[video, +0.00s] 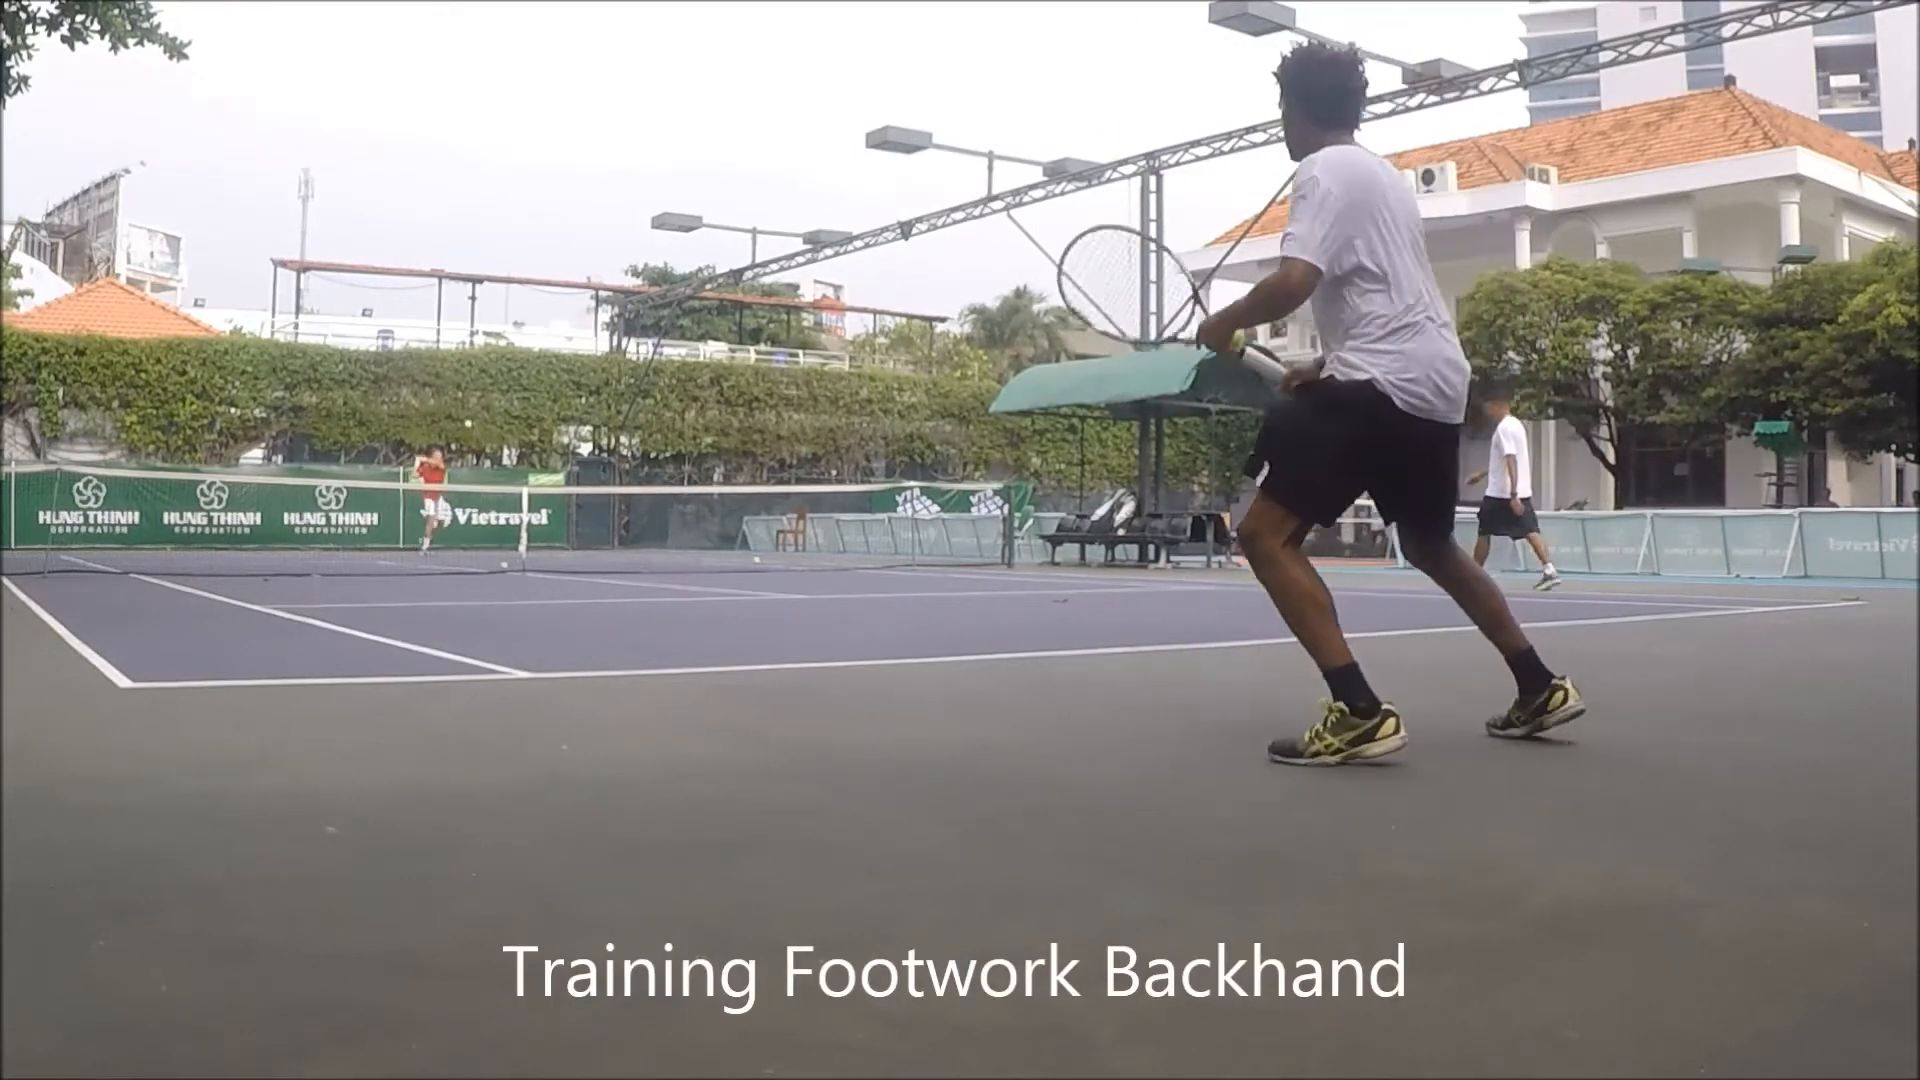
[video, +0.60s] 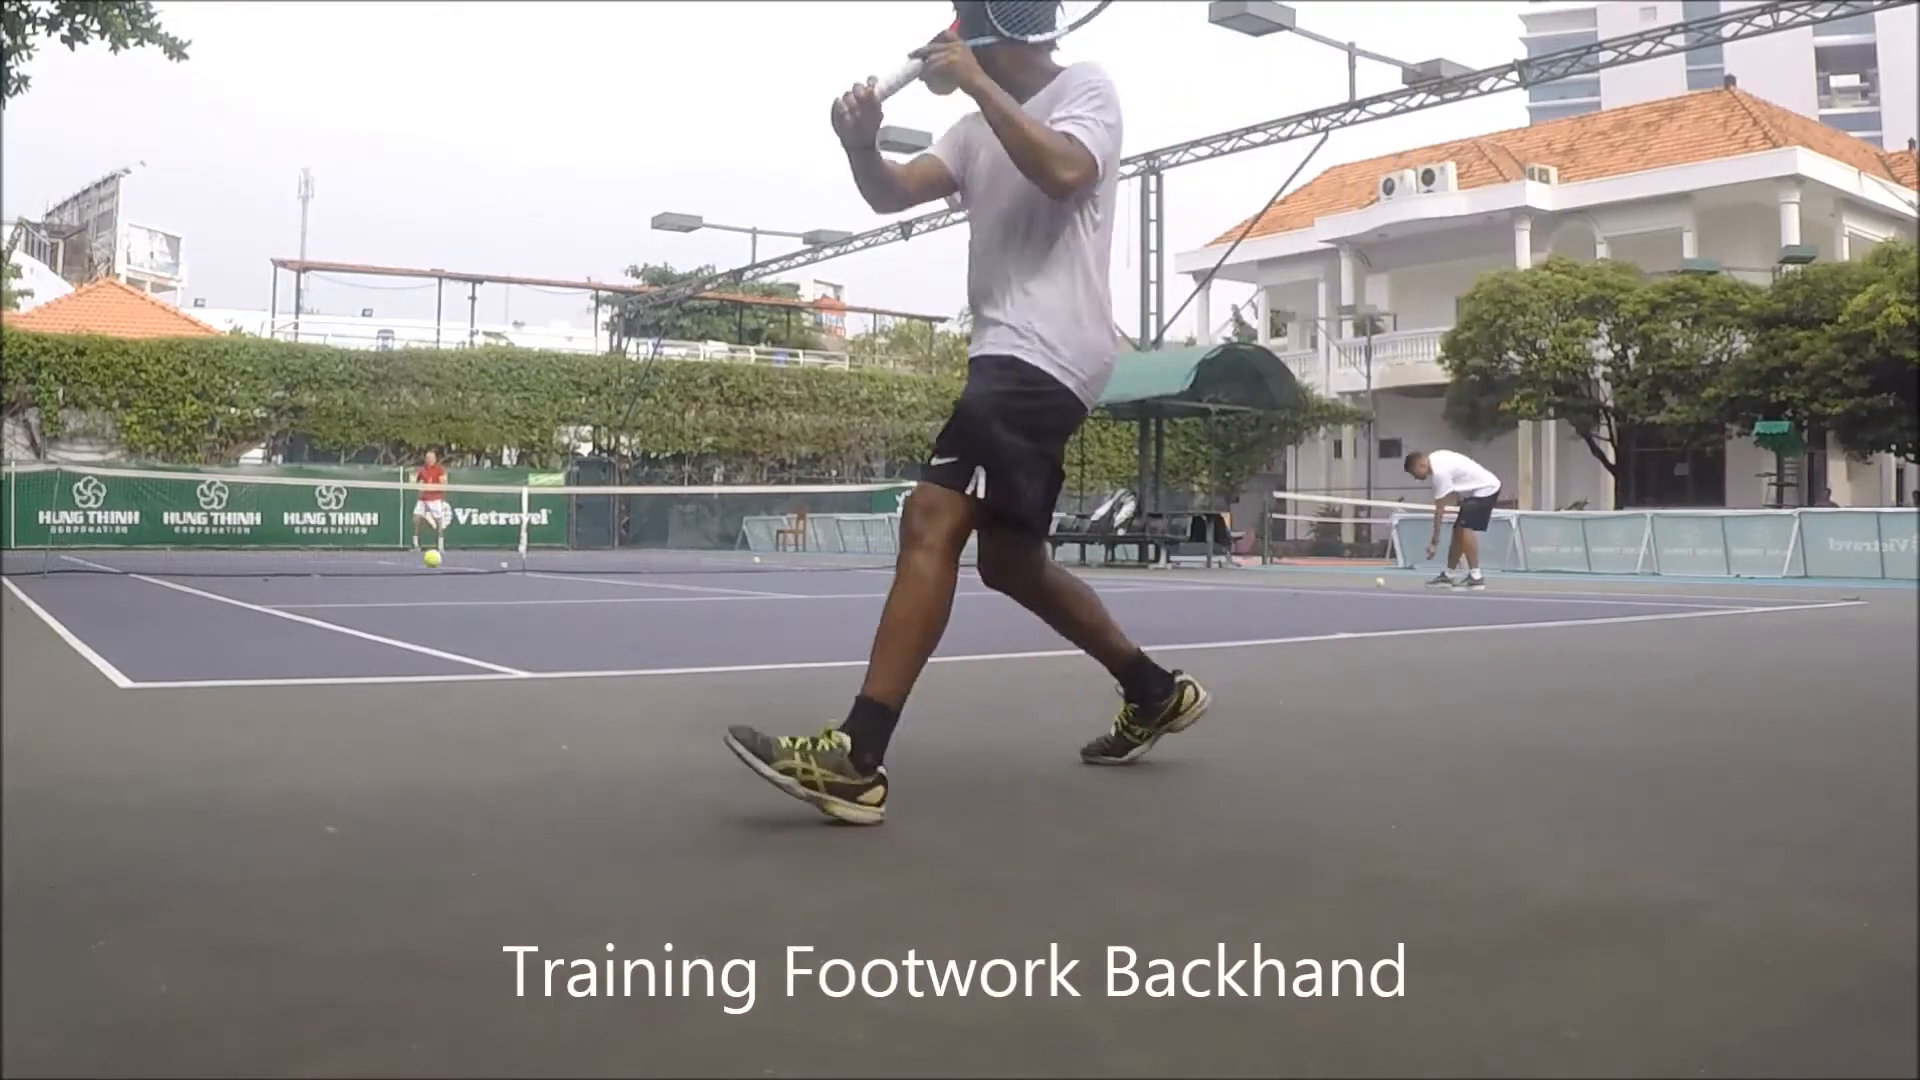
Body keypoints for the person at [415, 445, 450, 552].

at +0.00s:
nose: (438, 459)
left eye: (439, 457)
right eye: (435, 457)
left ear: (442, 458)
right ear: (429, 457)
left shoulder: (442, 468)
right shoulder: (424, 467)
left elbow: (438, 464)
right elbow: (416, 474)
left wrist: (423, 459)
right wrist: (417, 461)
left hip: (438, 493)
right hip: (428, 493)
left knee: (438, 522)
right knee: (431, 517)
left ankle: (426, 537)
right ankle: (426, 542)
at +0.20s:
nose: (437, 459)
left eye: (439, 457)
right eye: (435, 457)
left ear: (442, 459)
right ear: (431, 458)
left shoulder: (443, 469)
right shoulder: (427, 468)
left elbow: (439, 480)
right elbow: (421, 477)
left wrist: (424, 477)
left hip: (438, 495)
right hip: (427, 496)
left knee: (440, 520)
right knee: (427, 520)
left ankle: (441, 544)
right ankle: (425, 543)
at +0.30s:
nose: (436, 461)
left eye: (438, 459)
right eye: (434, 459)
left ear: (442, 460)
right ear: (430, 460)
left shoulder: (442, 472)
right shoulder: (427, 472)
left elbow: (443, 486)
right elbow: (423, 484)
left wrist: (428, 485)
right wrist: (438, 486)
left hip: (439, 502)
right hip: (427, 503)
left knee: (441, 526)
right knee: (426, 525)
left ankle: (441, 547)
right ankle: (423, 546)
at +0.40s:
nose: (435, 460)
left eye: (437, 457)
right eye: (433, 457)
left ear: (441, 459)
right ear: (430, 459)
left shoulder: (442, 472)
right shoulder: (428, 471)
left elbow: (443, 486)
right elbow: (424, 483)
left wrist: (428, 486)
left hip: (438, 501)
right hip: (427, 500)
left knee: (440, 524)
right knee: (423, 522)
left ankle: (441, 545)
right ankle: (419, 545)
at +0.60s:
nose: (429, 460)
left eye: (432, 458)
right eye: (427, 457)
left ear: (436, 459)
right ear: (425, 459)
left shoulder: (439, 470)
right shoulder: (422, 470)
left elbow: (443, 486)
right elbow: (416, 481)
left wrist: (428, 487)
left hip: (435, 499)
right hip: (423, 499)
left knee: (439, 521)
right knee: (417, 517)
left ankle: (440, 541)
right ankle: (415, 540)